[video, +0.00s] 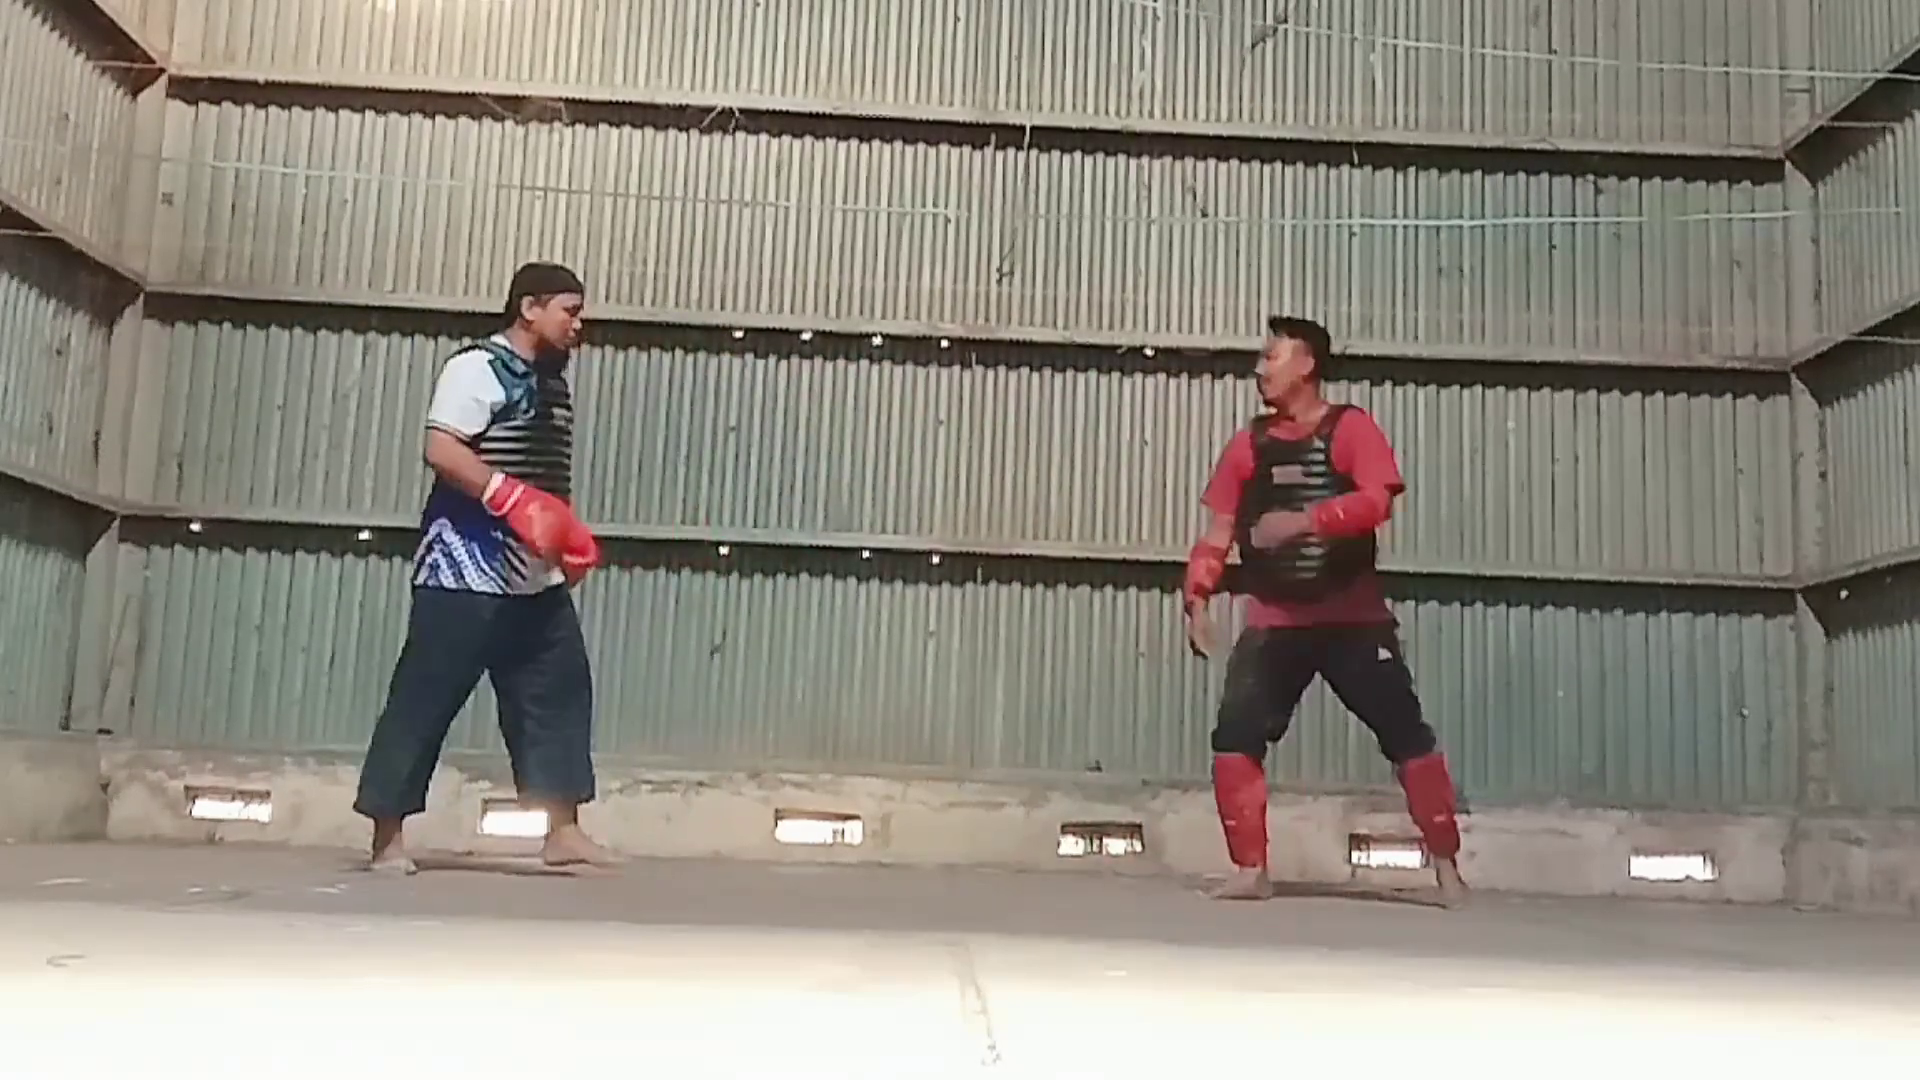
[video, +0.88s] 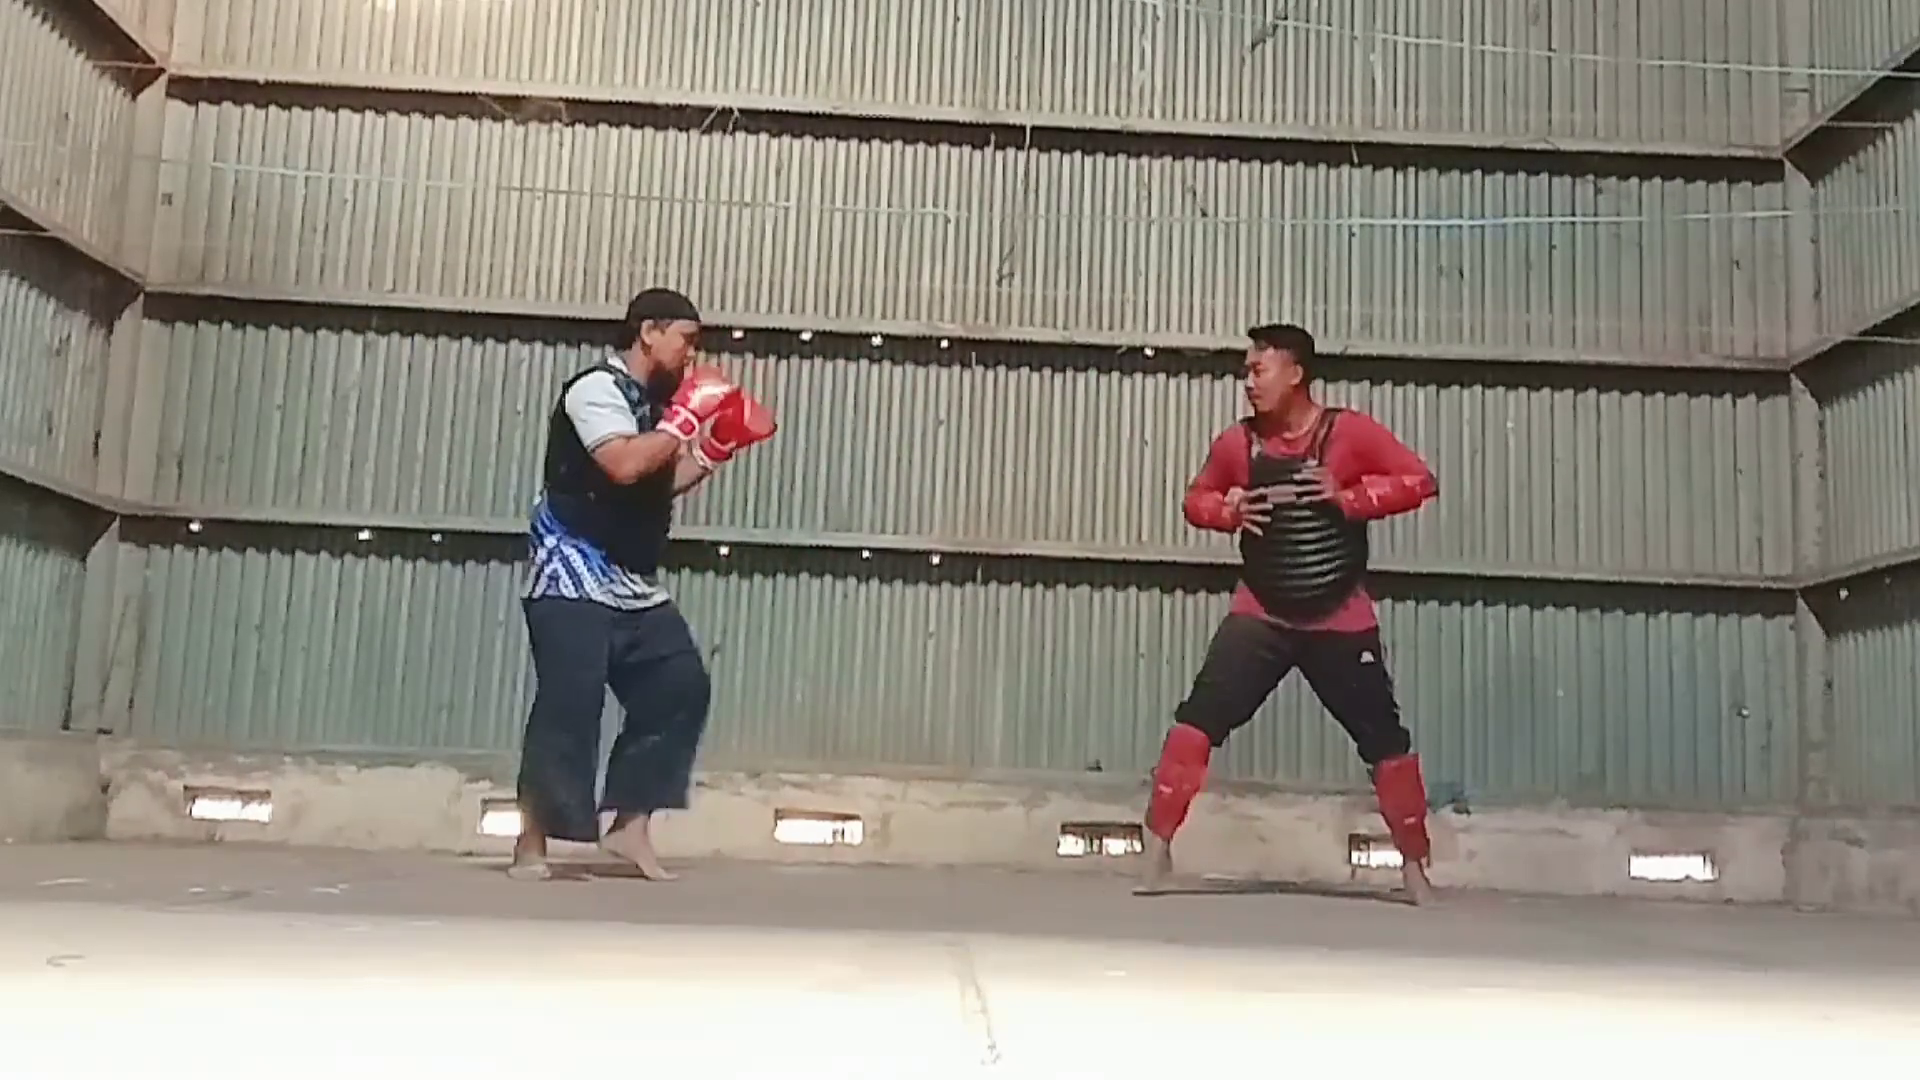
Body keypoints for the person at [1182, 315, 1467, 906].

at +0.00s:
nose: (1261, 367)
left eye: (1273, 357)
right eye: (1263, 357)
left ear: (1310, 367)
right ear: (1275, 367)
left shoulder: (1351, 428)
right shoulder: (1246, 446)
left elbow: (1376, 501)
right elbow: (1219, 535)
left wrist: (1303, 519)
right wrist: (1196, 587)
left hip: (1352, 624)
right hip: (1273, 627)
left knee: (1408, 737)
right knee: (1235, 739)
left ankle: (1446, 869)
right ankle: (1249, 873)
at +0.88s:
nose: (1249, 382)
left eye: (1260, 370)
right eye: (1247, 371)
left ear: (1297, 374)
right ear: (1252, 378)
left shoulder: (1350, 432)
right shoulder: (1237, 443)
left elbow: (1418, 481)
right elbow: (1197, 500)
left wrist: (1348, 497)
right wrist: (1226, 511)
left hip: (1339, 623)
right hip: (1258, 618)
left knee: (1385, 742)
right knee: (1197, 719)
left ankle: (1415, 869)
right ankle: (1156, 848)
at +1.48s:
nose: (1217, 374)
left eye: (1227, 362)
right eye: (1216, 364)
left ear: (1265, 365)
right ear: (1226, 370)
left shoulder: (1314, 427)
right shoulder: (1208, 439)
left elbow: (1330, 502)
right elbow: (1186, 526)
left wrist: (1252, 469)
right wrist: (1164, 594)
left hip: (1296, 619)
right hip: (1216, 614)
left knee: (1335, 738)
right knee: (1164, 719)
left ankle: (1357, 863)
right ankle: (1129, 849)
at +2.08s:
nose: (1162, 389)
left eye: (1174, 379)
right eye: (1160, 380)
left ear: (1211, 388)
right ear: (1161, 388)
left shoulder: (1256, 452)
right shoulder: (1148, 464)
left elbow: (1288, 530)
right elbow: (1121, 547)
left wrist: (1214, 536)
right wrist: (1097, 614)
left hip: (1242, 638)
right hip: (1161, 633)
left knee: (1291, 749)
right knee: (1098, 725)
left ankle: (1321, 870)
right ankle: (1056, 853)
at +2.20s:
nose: (1146, 383)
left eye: (1159, 376)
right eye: (1144, 374)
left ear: (1192, 388)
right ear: (1140, 383)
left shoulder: (1218, 457)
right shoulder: (1113, 451)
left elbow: (1237, 532)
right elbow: (1061, 501)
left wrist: (1170, 487)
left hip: (1198, 637)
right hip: (1117, 634)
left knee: (1258, 734)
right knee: (1077, 733)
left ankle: (1315, 855)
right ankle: (1079, 862)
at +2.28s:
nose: (1133, 373)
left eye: (1148, 368)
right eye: (1133, 363)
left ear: (1177, 387)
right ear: (1127, 369)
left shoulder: (1184, 460)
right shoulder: (1085, 410)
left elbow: (1203, 550)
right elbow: (1009, 406)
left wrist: (1169, 564)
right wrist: (966, 406)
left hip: (1131, 613)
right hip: (1058, 604)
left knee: (1200, 719)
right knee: (1057, 726)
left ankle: (1209, 848)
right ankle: (1075, 862)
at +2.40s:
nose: (1118, 370)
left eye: (1135, 366)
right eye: (1120, 357)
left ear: (1164, 385)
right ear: (1115, 355)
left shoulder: (1157, 455)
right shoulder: (1074, 389)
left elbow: (1145, 546)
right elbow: (979, 396)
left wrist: (1111, 563)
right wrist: (903, 416)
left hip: (1060, 573)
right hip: (1000, 548)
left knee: (1093, 698)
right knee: (996, 661)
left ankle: (1029, 798)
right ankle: (972, 777)